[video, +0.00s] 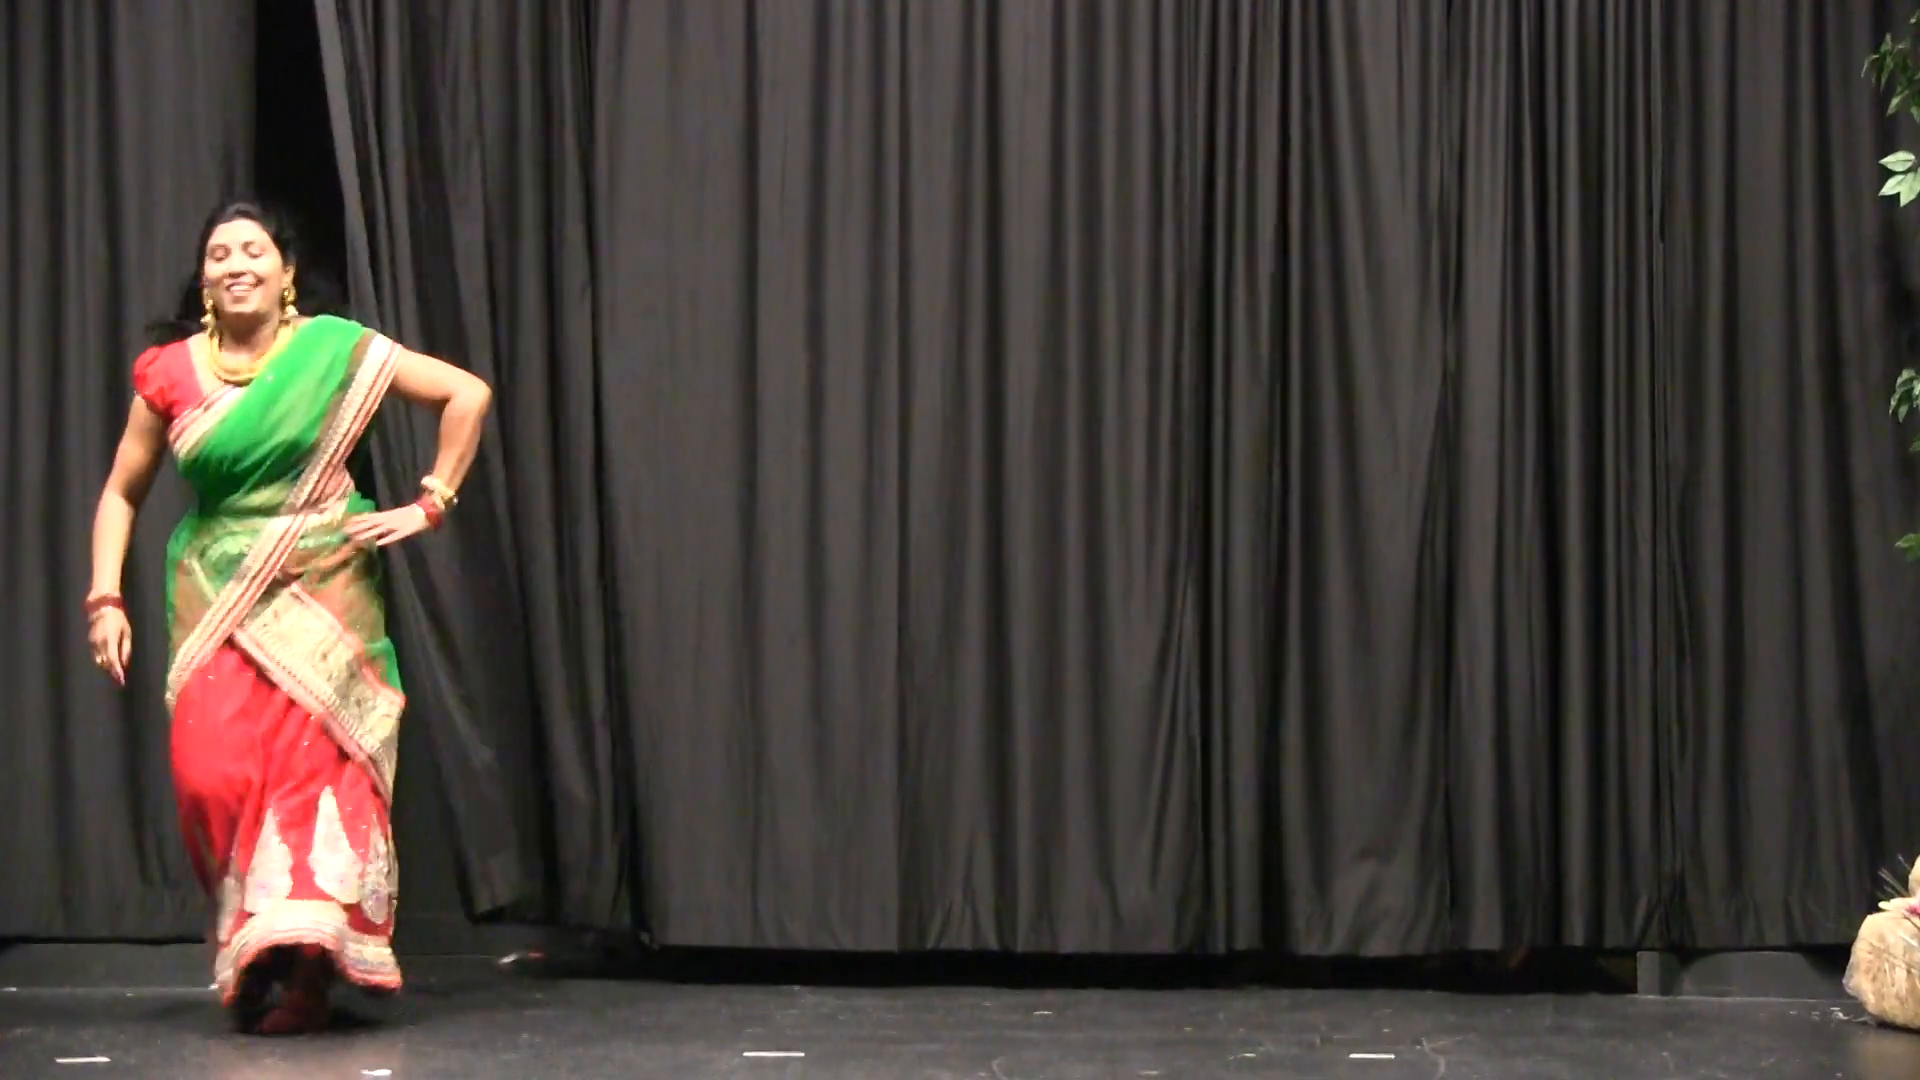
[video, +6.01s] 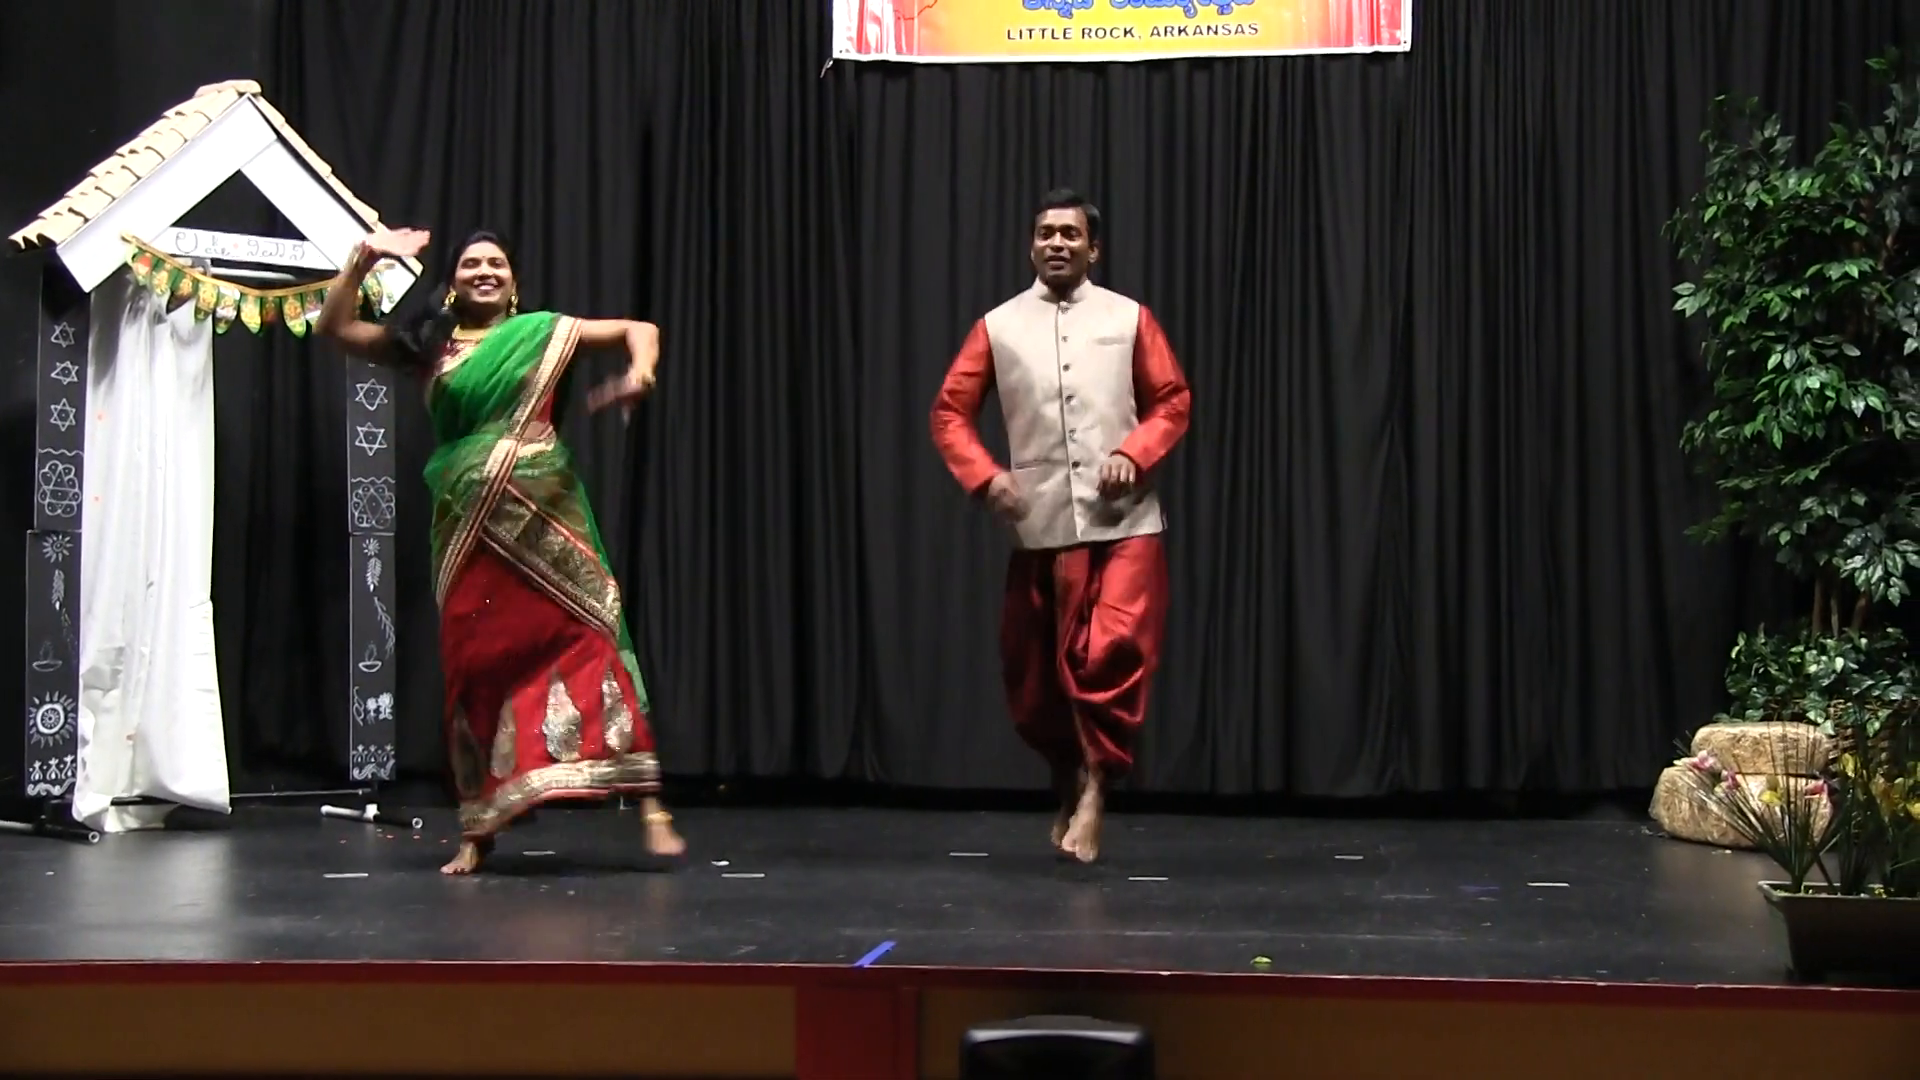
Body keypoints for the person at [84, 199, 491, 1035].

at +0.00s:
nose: (237, 264)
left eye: (254, 251)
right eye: (222, 253)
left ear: (286, 271)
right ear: (201, 278)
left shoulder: (335, 345)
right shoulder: (172, 371)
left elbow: (468, 392)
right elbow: (121, 491)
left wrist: (434, 500)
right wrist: (105, 597)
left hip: (324, 574)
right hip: (218, 580)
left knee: (313, 762)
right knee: (210, 773)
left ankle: (301, 963)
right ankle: (255, 944)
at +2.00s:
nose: (185, 194)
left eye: (182, 178)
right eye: (163, 184)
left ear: (179, 188)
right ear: (110, 216)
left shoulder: (244, 268)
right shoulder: (65, 334)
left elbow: (373, 330)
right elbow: (74, 489)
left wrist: (366, 452)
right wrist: (95, 631)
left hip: (289, 543)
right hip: (170, 567)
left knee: (306, 748)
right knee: (178, 774)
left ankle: (338, 997)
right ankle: (173, 1009)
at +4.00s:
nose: (317, 205)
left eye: (316, 189)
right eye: (300, 190)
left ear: (302, 200)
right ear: (245, 202)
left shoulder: (347, 282)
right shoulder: (173, 320)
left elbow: (462, 340)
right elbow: (164, 451)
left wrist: (434, 436)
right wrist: (182, 583)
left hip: (372, 536)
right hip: (260, 553)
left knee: (402, 737)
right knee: (264, 750)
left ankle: (454, 962)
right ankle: (269, 973)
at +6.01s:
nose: (484, 272)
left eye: (495, 264)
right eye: (471, 264)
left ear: (514, 281)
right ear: (450, 282)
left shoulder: (543, 329)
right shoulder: (430, 344)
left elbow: (641, 329)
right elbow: (335, 328)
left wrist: (639, 370)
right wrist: (361, 258)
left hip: (551, 510)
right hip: (468, 519)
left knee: (605, 643)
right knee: (467, 667)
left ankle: (652, 809)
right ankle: (475, 834)